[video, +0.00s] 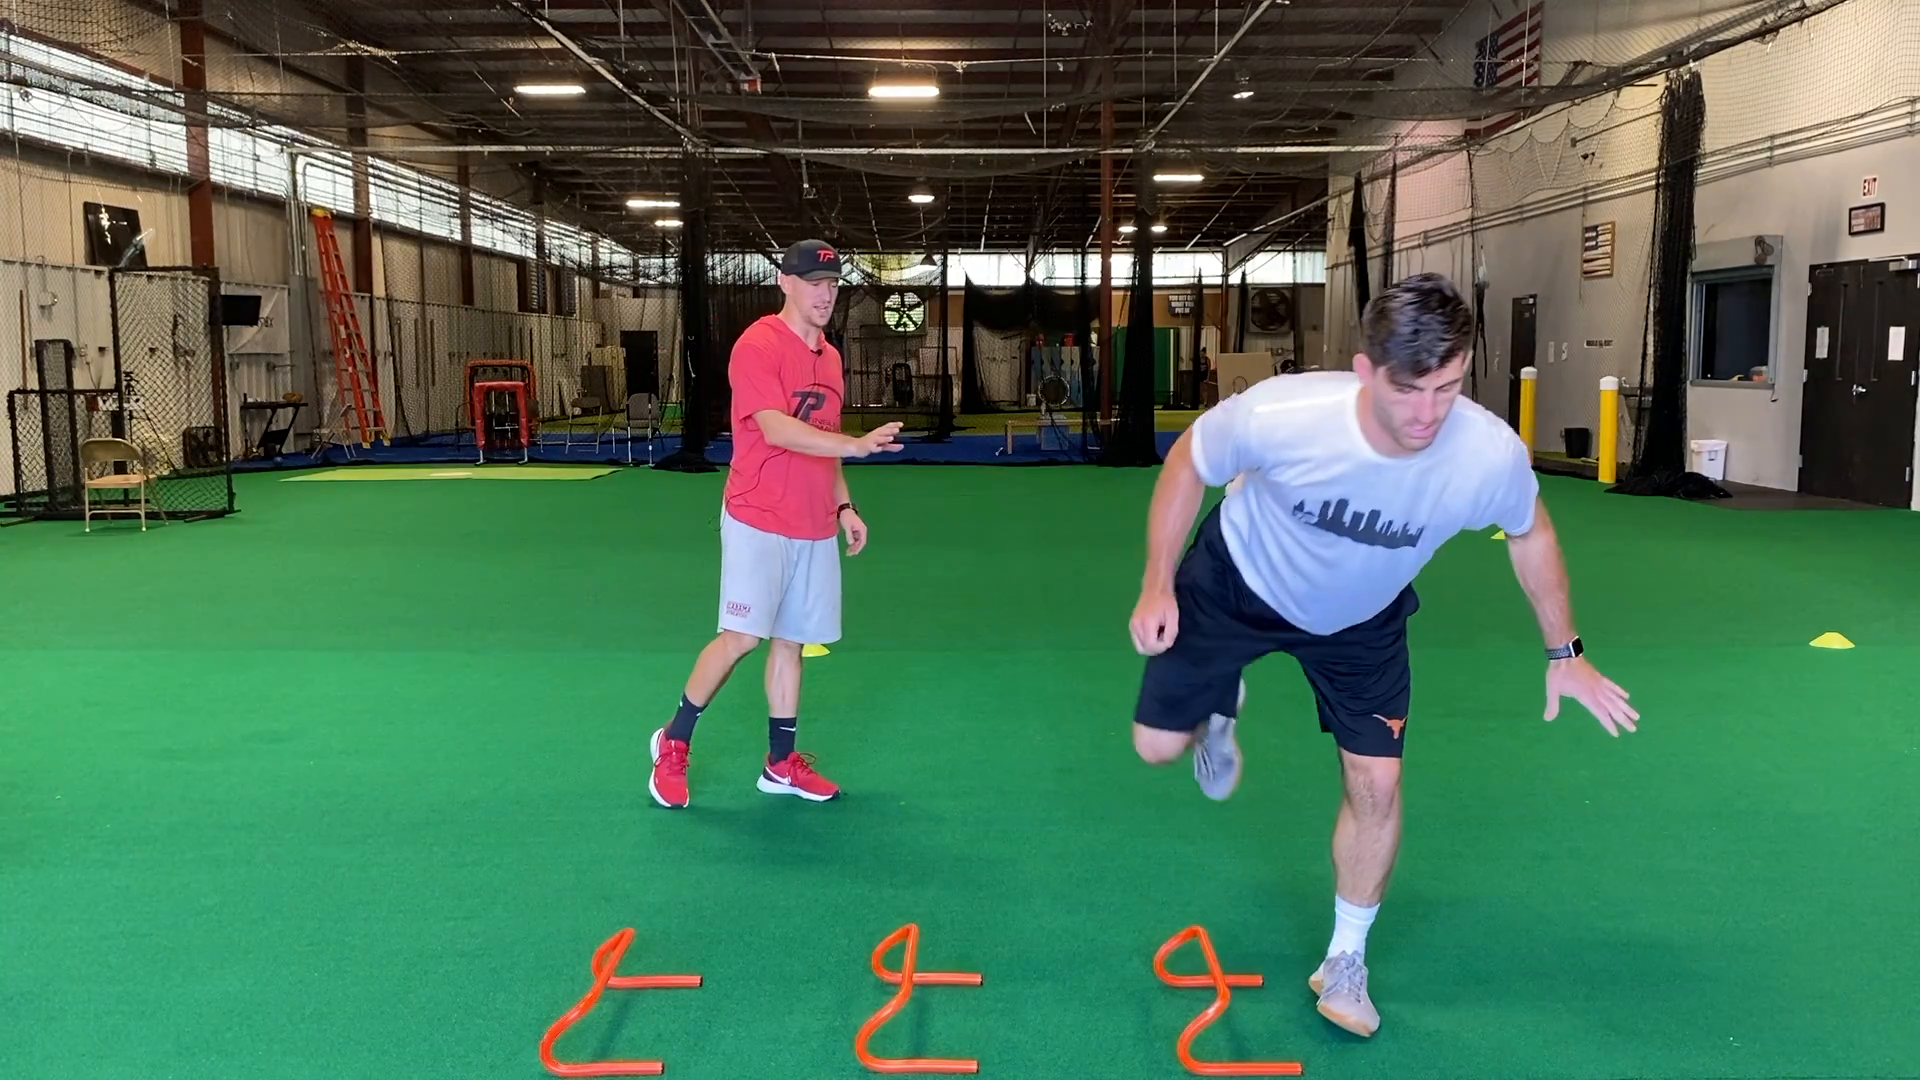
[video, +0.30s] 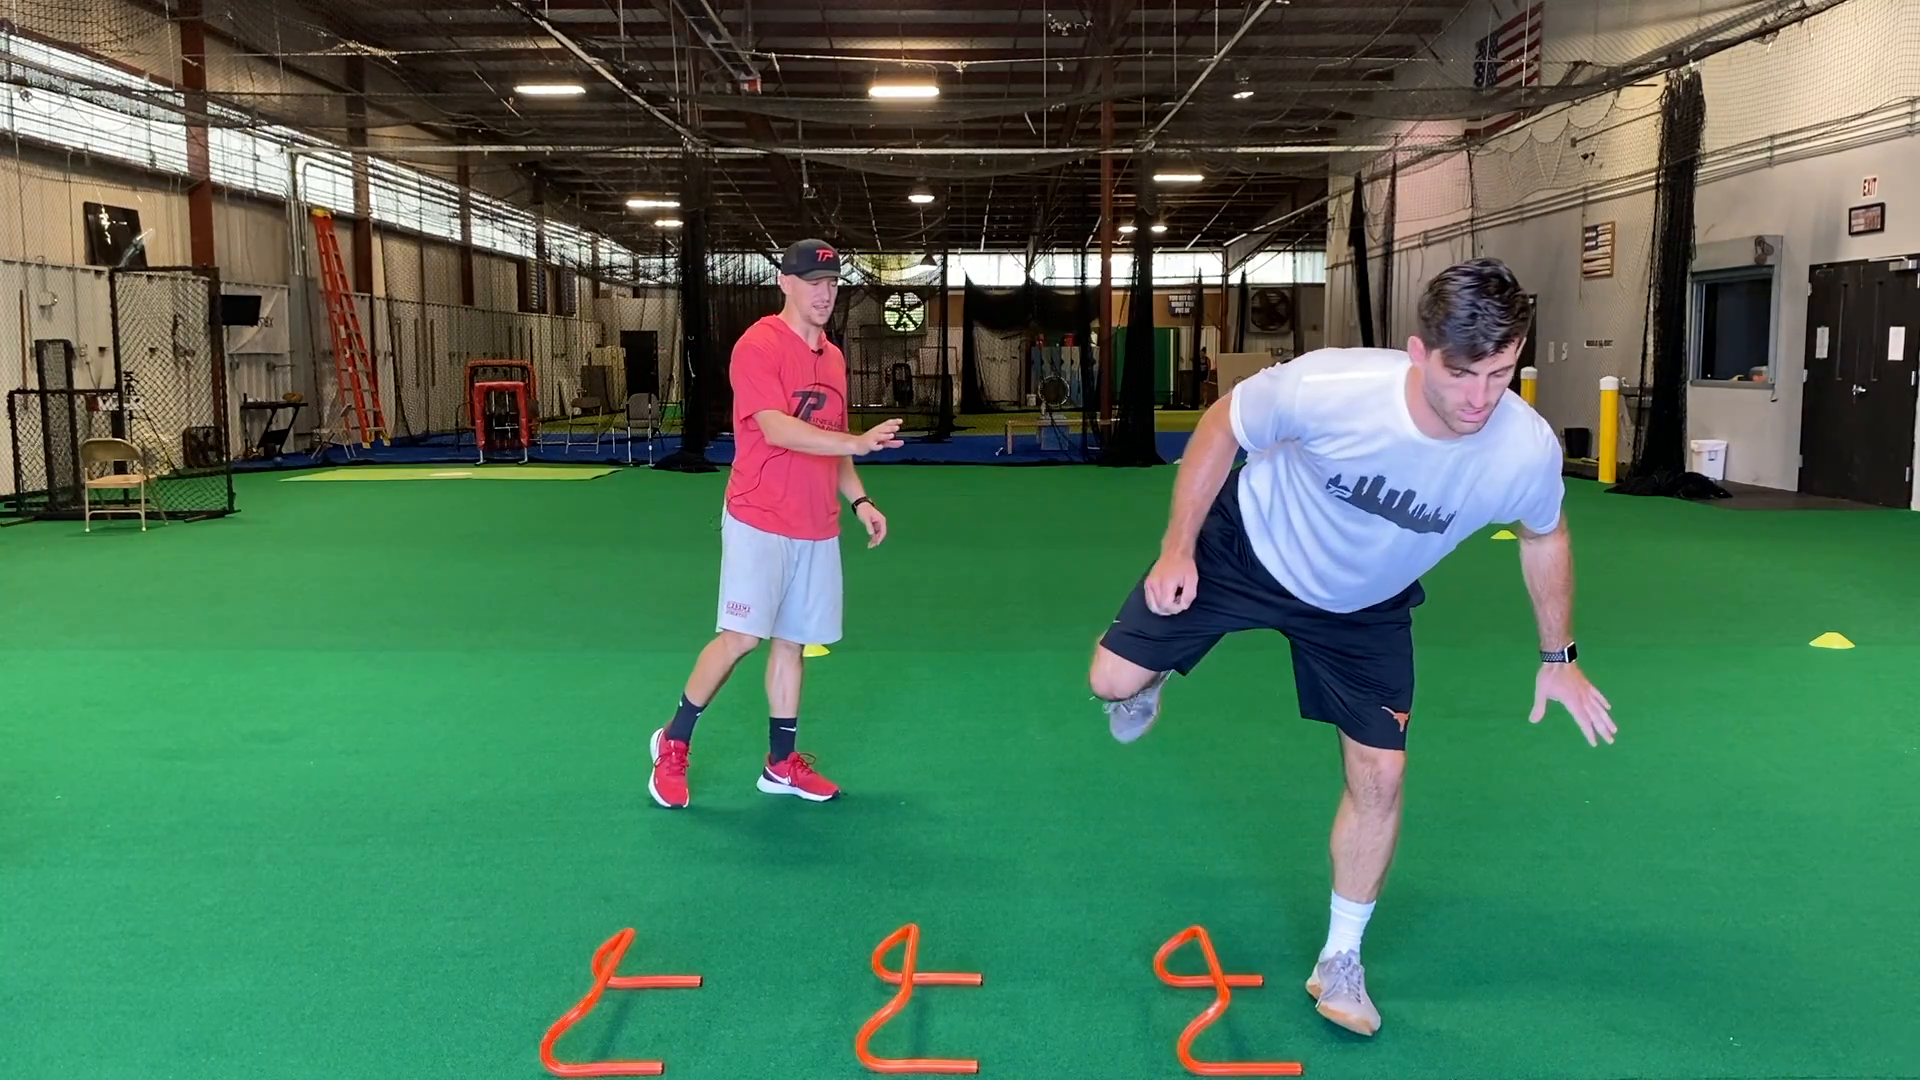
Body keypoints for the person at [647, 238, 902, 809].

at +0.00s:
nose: (827, 294)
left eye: (833, 285)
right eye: (816, 283)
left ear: (837, 290)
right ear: (785, 284)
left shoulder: (830, 357)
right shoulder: (757, 344)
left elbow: (824, 439)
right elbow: (774, 428)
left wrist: (842, 505)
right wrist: (854, 444)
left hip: (811, 523)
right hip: (757, 518)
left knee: (790, 638)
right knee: (743, 633)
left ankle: (782, 761)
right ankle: (674, 739)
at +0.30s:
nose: (825, 293)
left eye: (832, 283)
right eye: (813, 282)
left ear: (837, 289)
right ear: (785, 284)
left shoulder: (832, 357)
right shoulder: (757, 344)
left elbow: (833, 440)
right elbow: (774, 427)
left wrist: (859, 500)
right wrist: (853, 443)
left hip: (814, 523)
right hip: (758, 518)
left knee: (791, 638)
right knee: (743, 633)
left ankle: (782, 761)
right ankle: (674, 739)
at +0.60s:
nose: (825, 293)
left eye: (831, 284)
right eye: (813, 283)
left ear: (836, 289)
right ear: (784, 285)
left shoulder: (833, 357)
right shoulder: (756, 345)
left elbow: (835, 439)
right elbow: (774, 428)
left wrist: (858, 500)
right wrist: (852, 447)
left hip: (814, 524)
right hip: (757, 518)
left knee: (791, 638)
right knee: (742, 633)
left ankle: (782, 761)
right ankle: (674, 740)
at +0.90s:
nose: (820, 293)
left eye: (828, 284)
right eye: (808, 282)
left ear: (835, 288)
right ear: (782, 285)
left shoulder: (836, 361)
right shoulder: (749, 347)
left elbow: (841, 444)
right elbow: (745, 431)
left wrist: (860, 490)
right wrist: (829, 471)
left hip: (809, 522)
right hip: (750, 518)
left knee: (787, 639)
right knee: (734, 633)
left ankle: (782, 761)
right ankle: (678, 744)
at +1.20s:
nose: (798, 295)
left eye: (807, 285)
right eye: (788, 284)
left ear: (819, 291)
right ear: (766, 286)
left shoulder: (834, 364)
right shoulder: (729, 349)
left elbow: (851, 445)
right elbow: (708, 439)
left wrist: (882, 445)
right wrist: (714, 526)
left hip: (799, 536)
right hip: (730, 527)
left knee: (782, 645)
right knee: (704, 638)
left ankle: (780, 762)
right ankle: (673, 759)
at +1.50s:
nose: (740, 295)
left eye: (749, 284)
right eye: (728, 286)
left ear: (765, 284)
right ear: (710, 290)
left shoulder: (800, 357)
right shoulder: (682, 357)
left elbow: (826, 446)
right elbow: (652, 434)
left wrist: (848, 428)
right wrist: (639, 506)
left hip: (770, 534)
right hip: (695, 531)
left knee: (770, 647)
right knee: (681, 644)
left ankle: (781, 761)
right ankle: (664, 768)